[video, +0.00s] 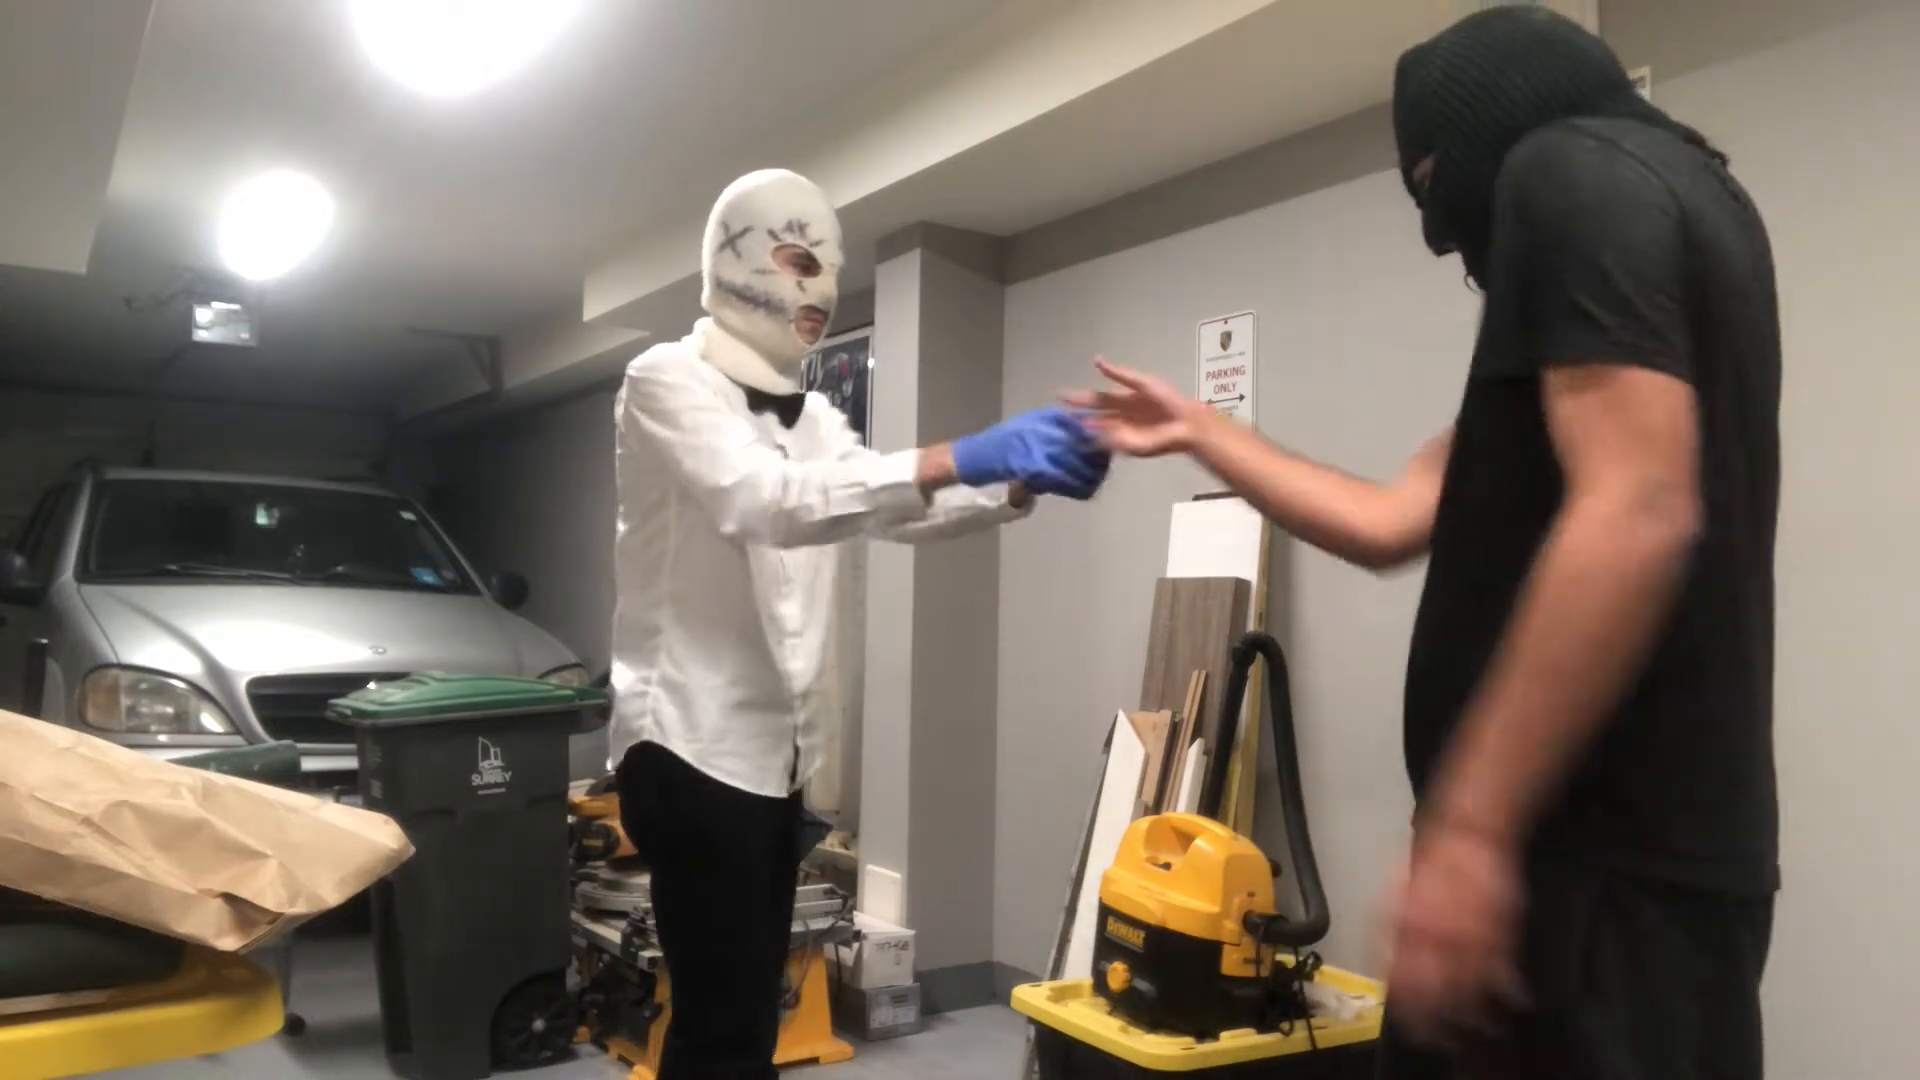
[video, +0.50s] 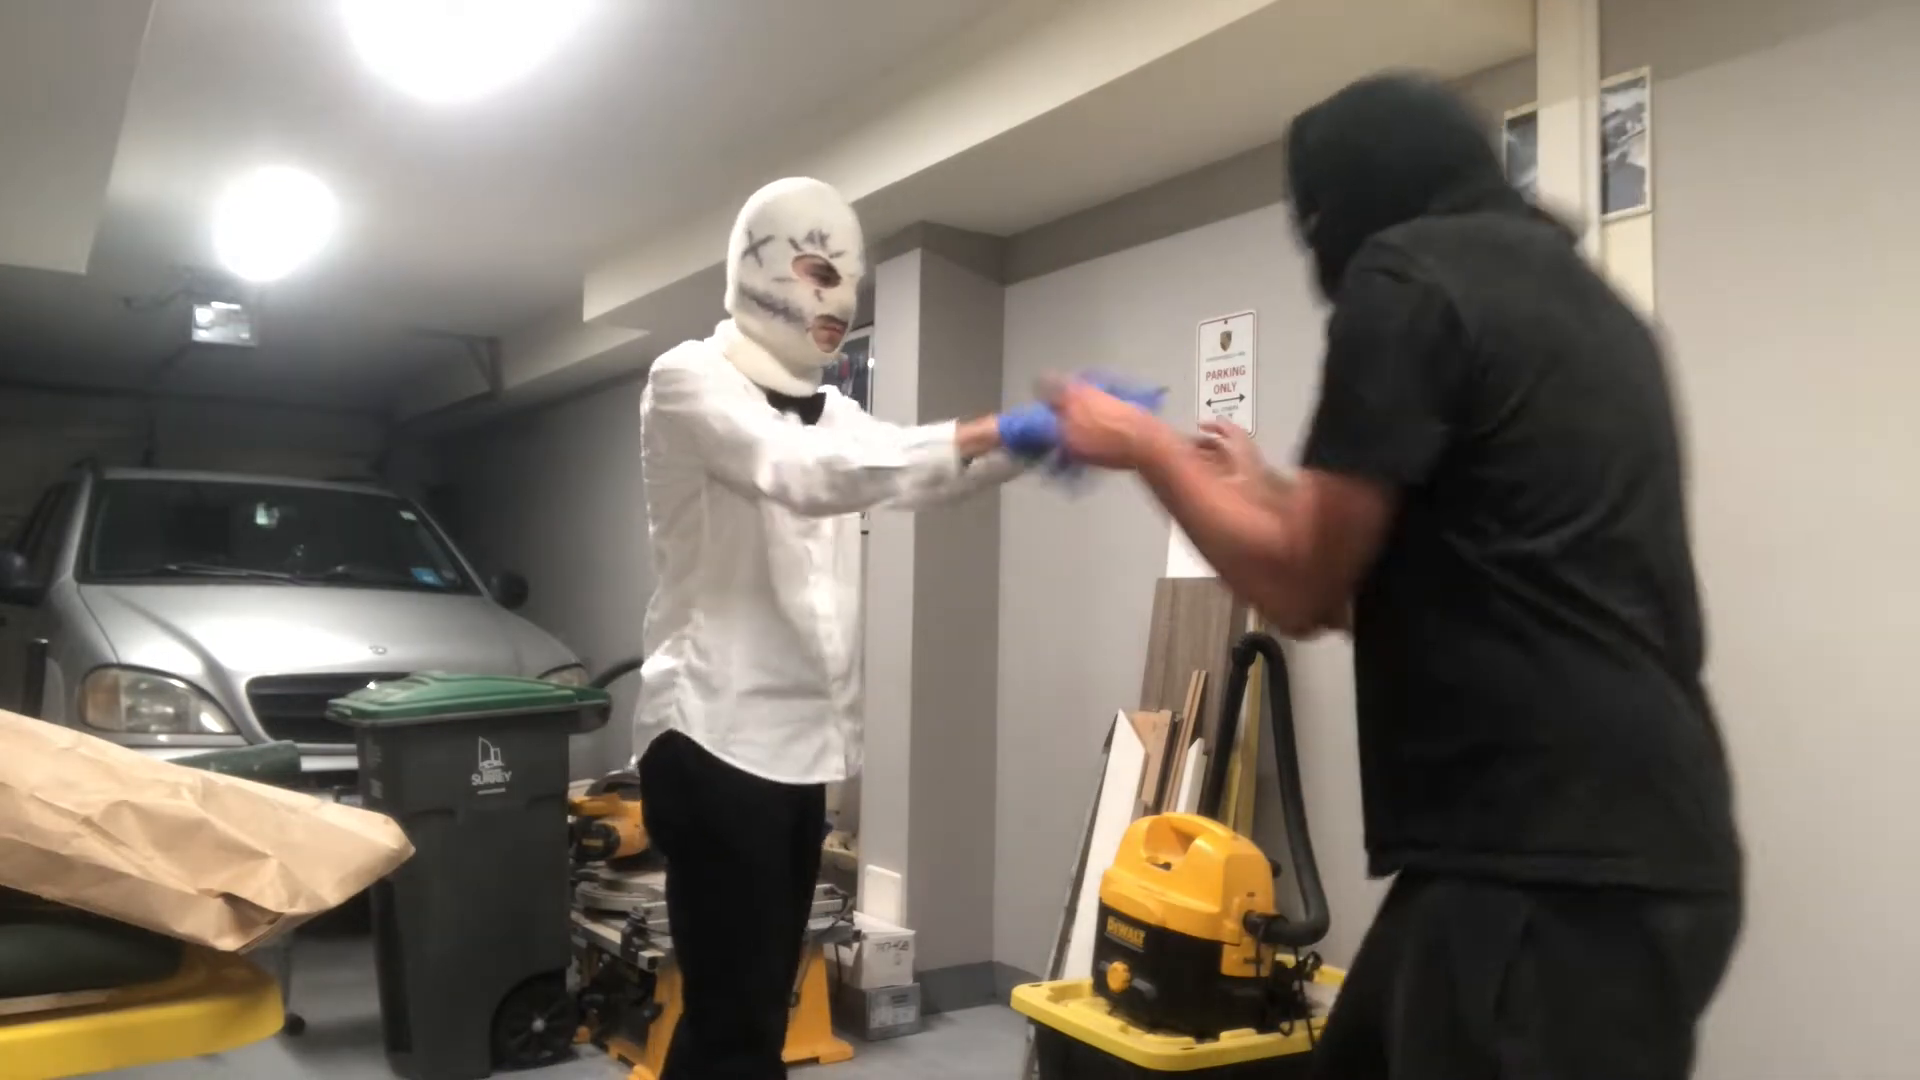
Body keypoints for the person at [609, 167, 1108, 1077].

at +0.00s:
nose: (821, 285)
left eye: (829, 266)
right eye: (797, 260)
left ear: (831, 277)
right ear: (732, 266)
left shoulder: (816, 423)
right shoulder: (669, 379)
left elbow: (894, 511)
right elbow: (763, 501)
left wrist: (1025, 484)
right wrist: (964, 456)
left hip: (776, 758)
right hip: (688, 752)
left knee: (745, 1021)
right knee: (722, 1026)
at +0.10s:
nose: (832, 280)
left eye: (839, 260)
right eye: (808, 255)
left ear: (847, 269)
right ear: (744, 260)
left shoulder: (822, 411)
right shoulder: (682, 377)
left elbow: (897, 506)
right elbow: (795, 485)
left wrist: (1027, 473)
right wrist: (1007, 460)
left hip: (782, 754)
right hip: (695, 745)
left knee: (751, 1023)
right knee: (718, 1027)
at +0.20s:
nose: (848, 281)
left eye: (855, 260)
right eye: (824, 255)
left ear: (861, 270)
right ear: (759, 260)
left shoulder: (831, 409)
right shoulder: (693, 379)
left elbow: (916, 498)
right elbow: (804, 503)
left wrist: (1036, 475)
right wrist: (1002, 449)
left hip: (787, 751)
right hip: (703, 744)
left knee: (760, 1022)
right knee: (724, 1029)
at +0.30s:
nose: (850, 278)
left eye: (859, 262)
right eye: (826, 253)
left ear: (861, 279)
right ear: (763, 260)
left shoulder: (837, 414)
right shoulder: (699, 381)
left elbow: (939, 508)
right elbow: (811, 512)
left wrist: (1039, 489)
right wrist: (997, 455)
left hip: (794, 754)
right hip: (708, 747)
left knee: (758, 1027)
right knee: (731, 1030)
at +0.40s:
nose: (849, 286)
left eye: (858, 269)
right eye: (827, 261)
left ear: (866, 280)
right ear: (763, 264)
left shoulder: (835, 415)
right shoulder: (697, 382)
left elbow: (927, 493)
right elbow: (811, 501)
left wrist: (1054, 430)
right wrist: (1006, 413)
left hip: (793, 754)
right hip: (710, 745)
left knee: (756, 1024)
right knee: (731, 1025)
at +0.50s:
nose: (832, 301)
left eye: (844, 281)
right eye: (809, 273)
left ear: (856, 290)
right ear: (751, 272)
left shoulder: (825, 411)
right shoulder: (689, 379)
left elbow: (914, 471)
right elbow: (799, 476)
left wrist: (1029, 439)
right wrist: (979, 435)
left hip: (796, 756)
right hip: (713, 748)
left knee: (757, 1019)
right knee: (730, 1023)